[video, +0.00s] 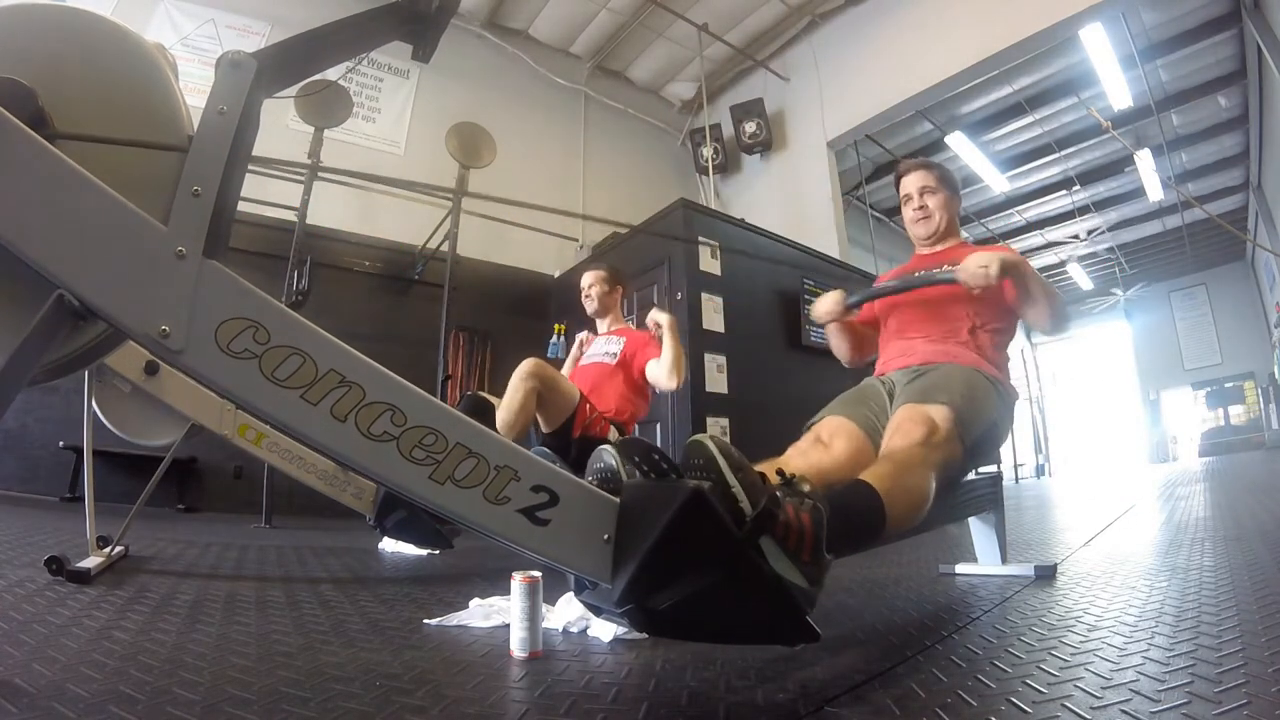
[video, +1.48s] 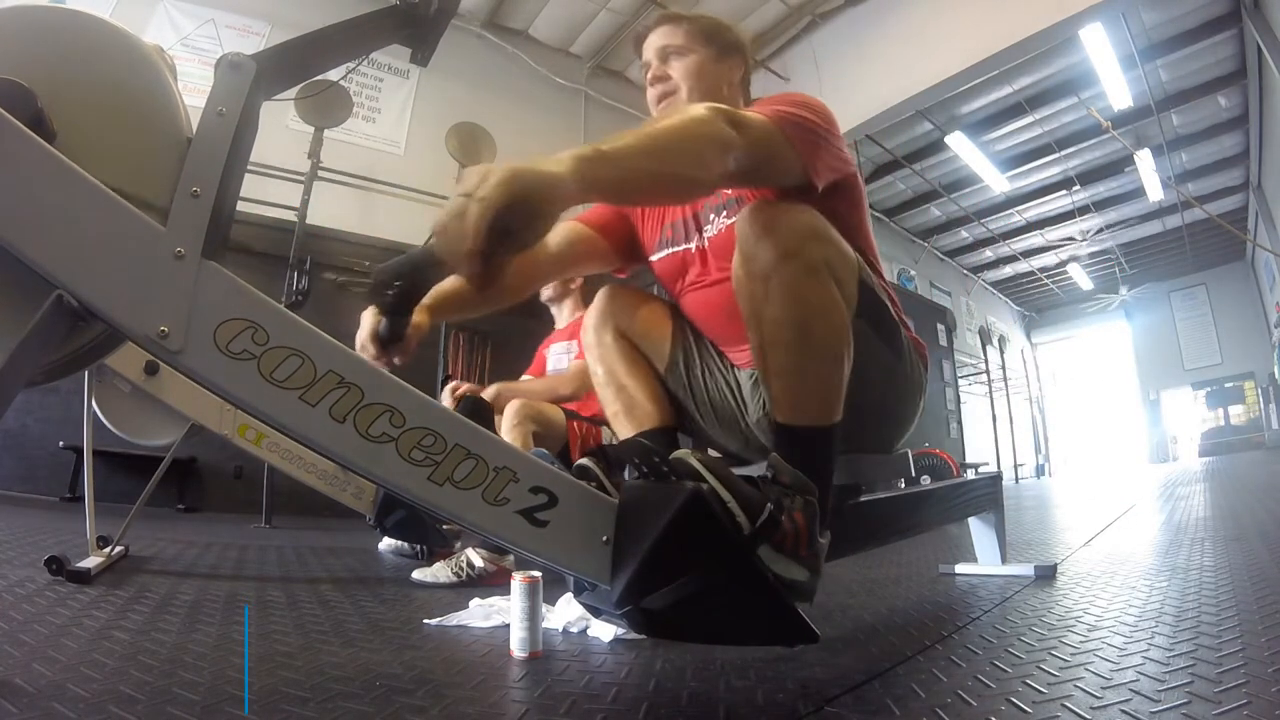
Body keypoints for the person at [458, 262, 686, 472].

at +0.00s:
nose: (585, 294)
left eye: (592, 287)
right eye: (582, 291)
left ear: (617, 292)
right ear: (582, 301)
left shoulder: (638, 339)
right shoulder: (587, 342)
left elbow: (670, 380)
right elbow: (560, 391)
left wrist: (669, 326)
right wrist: (574, 355)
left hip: (603, 432)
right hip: (564, 427)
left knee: (532, 370)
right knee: (476, 401)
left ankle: (491, 461)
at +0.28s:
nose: (595, 295)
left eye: (602, 289)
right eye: (593, 292)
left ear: (626, 297)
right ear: (592, 303)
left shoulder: (641, 341)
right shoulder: (596, 349)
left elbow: (669, 397)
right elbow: (591, 404)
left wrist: (605, 373)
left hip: (613, 436)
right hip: (574, 431)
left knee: (537, 380)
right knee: (477, 403)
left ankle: (530, 476)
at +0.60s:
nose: (596, 293)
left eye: (605, 287)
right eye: (594, 288)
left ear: (627, 297)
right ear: (592, 299)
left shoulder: (640, 340)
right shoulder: (598, 347)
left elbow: (670, 396)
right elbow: (600, 403)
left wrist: (605, 408)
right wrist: (570, 415)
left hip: (614, 442)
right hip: (579, 435)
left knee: (535, 417)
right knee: (485, 400)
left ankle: (490, 550)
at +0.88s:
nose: (597, 291)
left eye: (605, 284)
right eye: (594, 285)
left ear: (628, 294)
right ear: (590, 294)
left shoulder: (638, 328)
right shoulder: (595, 337)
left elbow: (650, 390)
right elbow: (593, 393)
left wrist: (579, 391)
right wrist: (562, 406)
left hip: (622, 435)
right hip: (582, 425)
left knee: (539, 418)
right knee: (496, 393)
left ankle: (492, 550)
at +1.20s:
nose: (578, 281)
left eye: (588, 275)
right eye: (579, 276)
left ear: (611, 285)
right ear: (573, 284)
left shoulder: (623, 326)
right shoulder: (583, 341)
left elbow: (617, 391)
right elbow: (573, 395)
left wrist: (554, 390)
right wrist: (526, 394)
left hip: (610, 428)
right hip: (573, 424)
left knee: (535, 413)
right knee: (477, 412)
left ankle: (500, 551)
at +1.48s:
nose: (545, 278)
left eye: (555, 273)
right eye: (548, 273)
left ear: (576, 280)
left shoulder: (594, 321)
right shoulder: (551, 341)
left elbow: (574, 385)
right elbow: (523, 388)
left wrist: (500, 392)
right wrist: (475, 394)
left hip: (601, 428)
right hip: (558, 422)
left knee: (520, 412)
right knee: (465, 407)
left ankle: (494, 551)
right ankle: (442, 529)